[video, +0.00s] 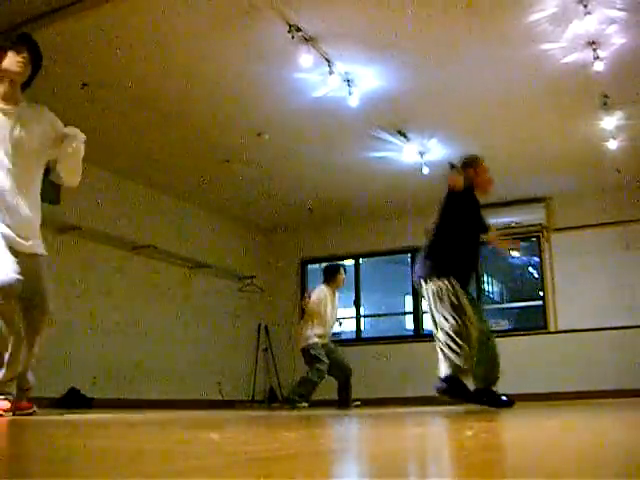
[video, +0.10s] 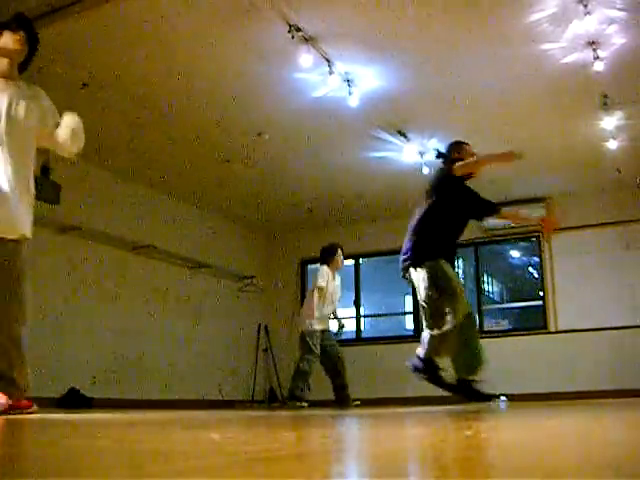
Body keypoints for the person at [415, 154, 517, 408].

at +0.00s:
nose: (489, 178)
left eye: (487, 172)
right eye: (484, 172)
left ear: (476, 174)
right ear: (472, 174)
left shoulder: (469, 204)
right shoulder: (461, 196)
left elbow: (482, 234)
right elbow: (456, 182)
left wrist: (501, 242)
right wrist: (455, 179)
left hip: (450, 275)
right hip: (438, 273)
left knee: (478, 330)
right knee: (459, 326)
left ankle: (483, 386)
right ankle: (450, 378)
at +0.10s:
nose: (475, 158)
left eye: (474, 154)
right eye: (470, 154)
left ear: (459, 160)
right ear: (457, 158)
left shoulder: (463, 195)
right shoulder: (444, 179)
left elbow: (499, 213)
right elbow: (473, 164)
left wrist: (538, 222)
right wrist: (502, 158)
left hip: (437, 259)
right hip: (423, 256)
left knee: (462, 317)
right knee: (451, 309)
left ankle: (463, 381)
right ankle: (425, 359)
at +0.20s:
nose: (460, 159)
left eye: (460, 154)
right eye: (452, 154)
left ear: (460, 158)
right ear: (438, 159)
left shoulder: (457, 193)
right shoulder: (429, 181)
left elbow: (491, 208)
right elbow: (468, 178)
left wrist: (516, 199)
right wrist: (511, 161)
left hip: (439, 266)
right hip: (414, 262)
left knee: (453, 331)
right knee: (439, 305)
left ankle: (426, 375)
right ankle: (410, 360)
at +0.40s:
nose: (439, 164)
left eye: (442, 159)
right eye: (432, 159)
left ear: (447, 163)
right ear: (420, 163)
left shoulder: (455, 199)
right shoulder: (407, 191)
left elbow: (463, 235)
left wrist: (453, 206)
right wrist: (440, 211)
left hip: (430, 278)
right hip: (398, 274)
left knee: (436, 336)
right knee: (400, 331)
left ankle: (421, 373)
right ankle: (392, 390)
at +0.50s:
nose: (431, 161)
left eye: (436, 157)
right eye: (426, 156)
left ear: (442, 164)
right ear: (415, 162)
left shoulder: (448, 206)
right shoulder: (395, 194)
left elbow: (446, 255)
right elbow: (377, 234)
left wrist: (445, 234)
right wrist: (415, 226)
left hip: (426, 273)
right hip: (389, 272)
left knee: (435, 303)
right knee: (385, 328)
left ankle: (438, 341)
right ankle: (389, 391)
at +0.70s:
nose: (418, 149)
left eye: (425, 144)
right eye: (414, 143)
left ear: (434, 152)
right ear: (407, 148)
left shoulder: (438, 189)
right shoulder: (388, 173)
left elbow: (455, 231)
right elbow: (353, 169)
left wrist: (492, 232)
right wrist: (371, 134)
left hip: (416, 251)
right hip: (381, 254)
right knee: (381, 322)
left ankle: (411, 355)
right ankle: (400, 384)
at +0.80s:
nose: (414, 161)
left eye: (421, 158)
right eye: (409, 157)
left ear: (429, 168)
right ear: (401, 165)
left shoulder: (434, 204)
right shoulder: (383, 183)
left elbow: (469, 225)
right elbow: (355, 150)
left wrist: (504, 212)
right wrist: (362, 115)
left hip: (420, 261)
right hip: (382, 257)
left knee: (414, 322)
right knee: (378, 316)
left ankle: (397, 391)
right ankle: (399, 385)